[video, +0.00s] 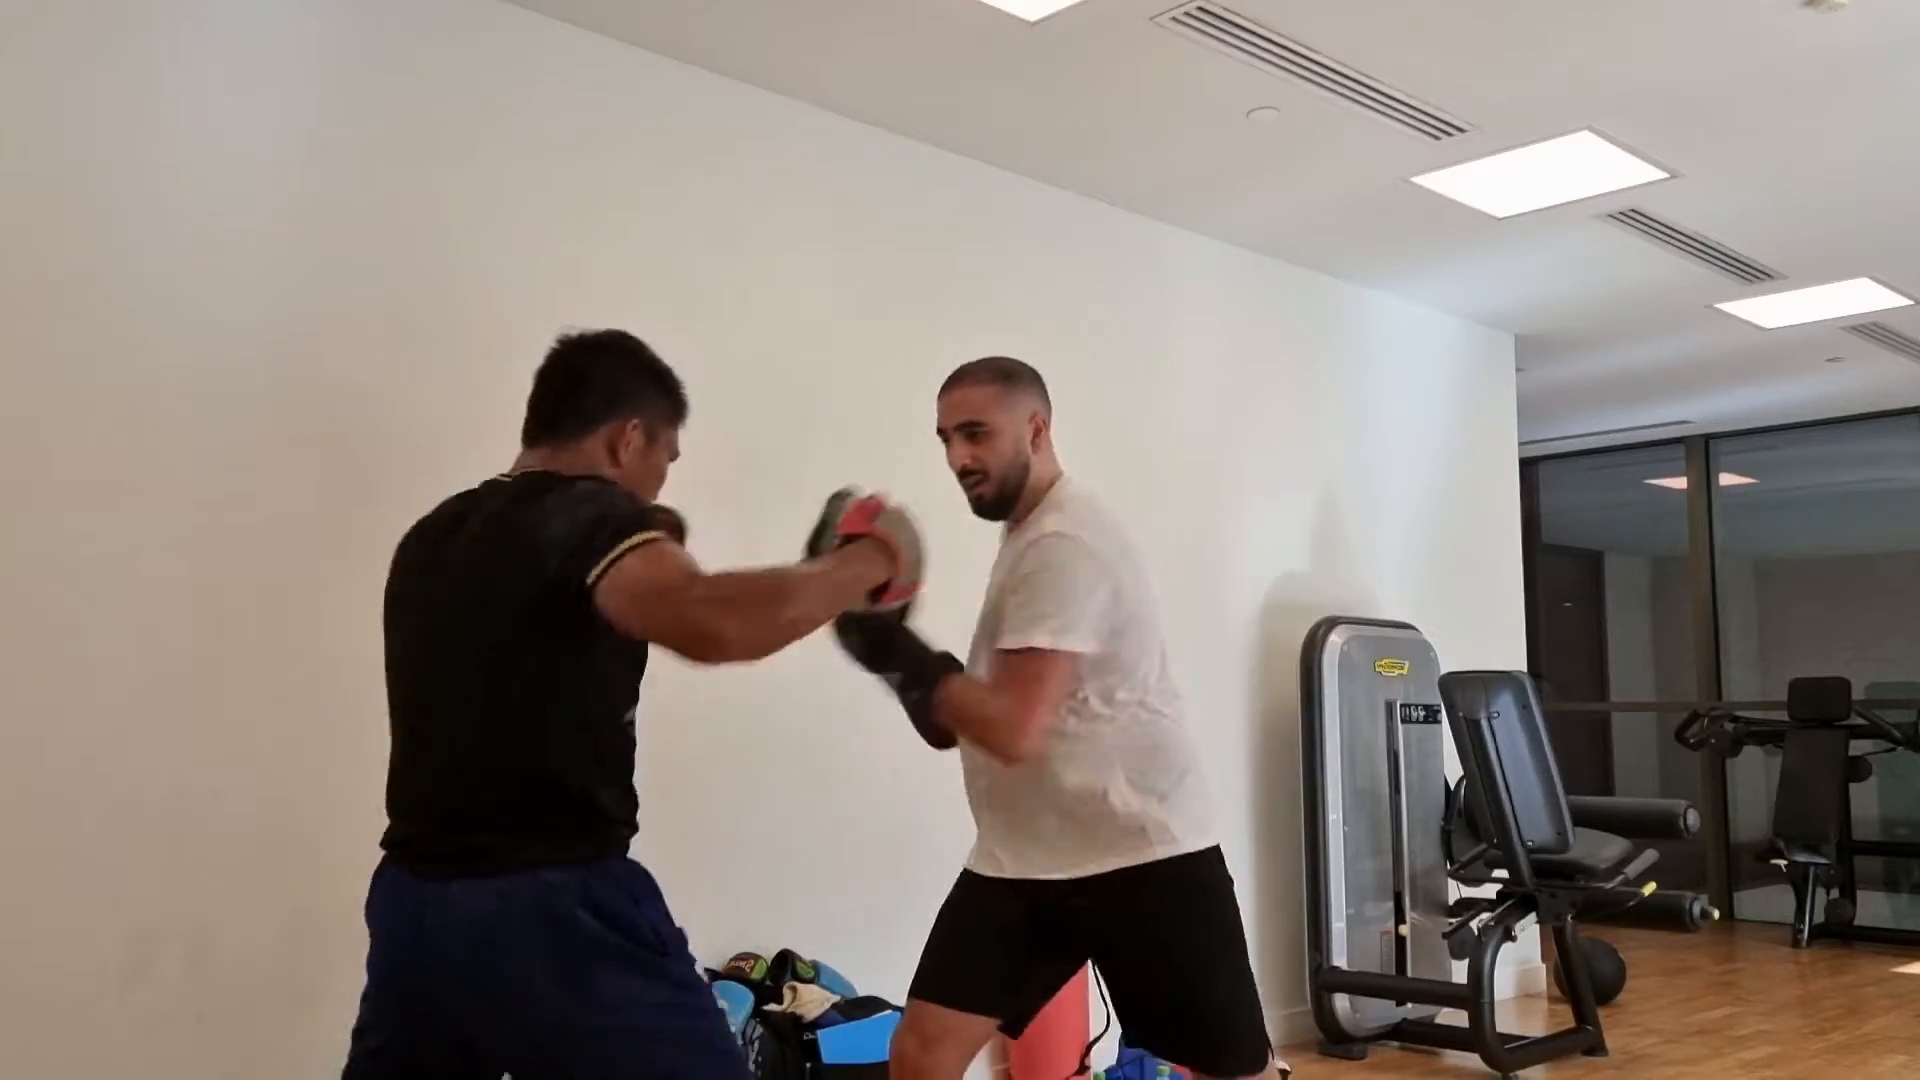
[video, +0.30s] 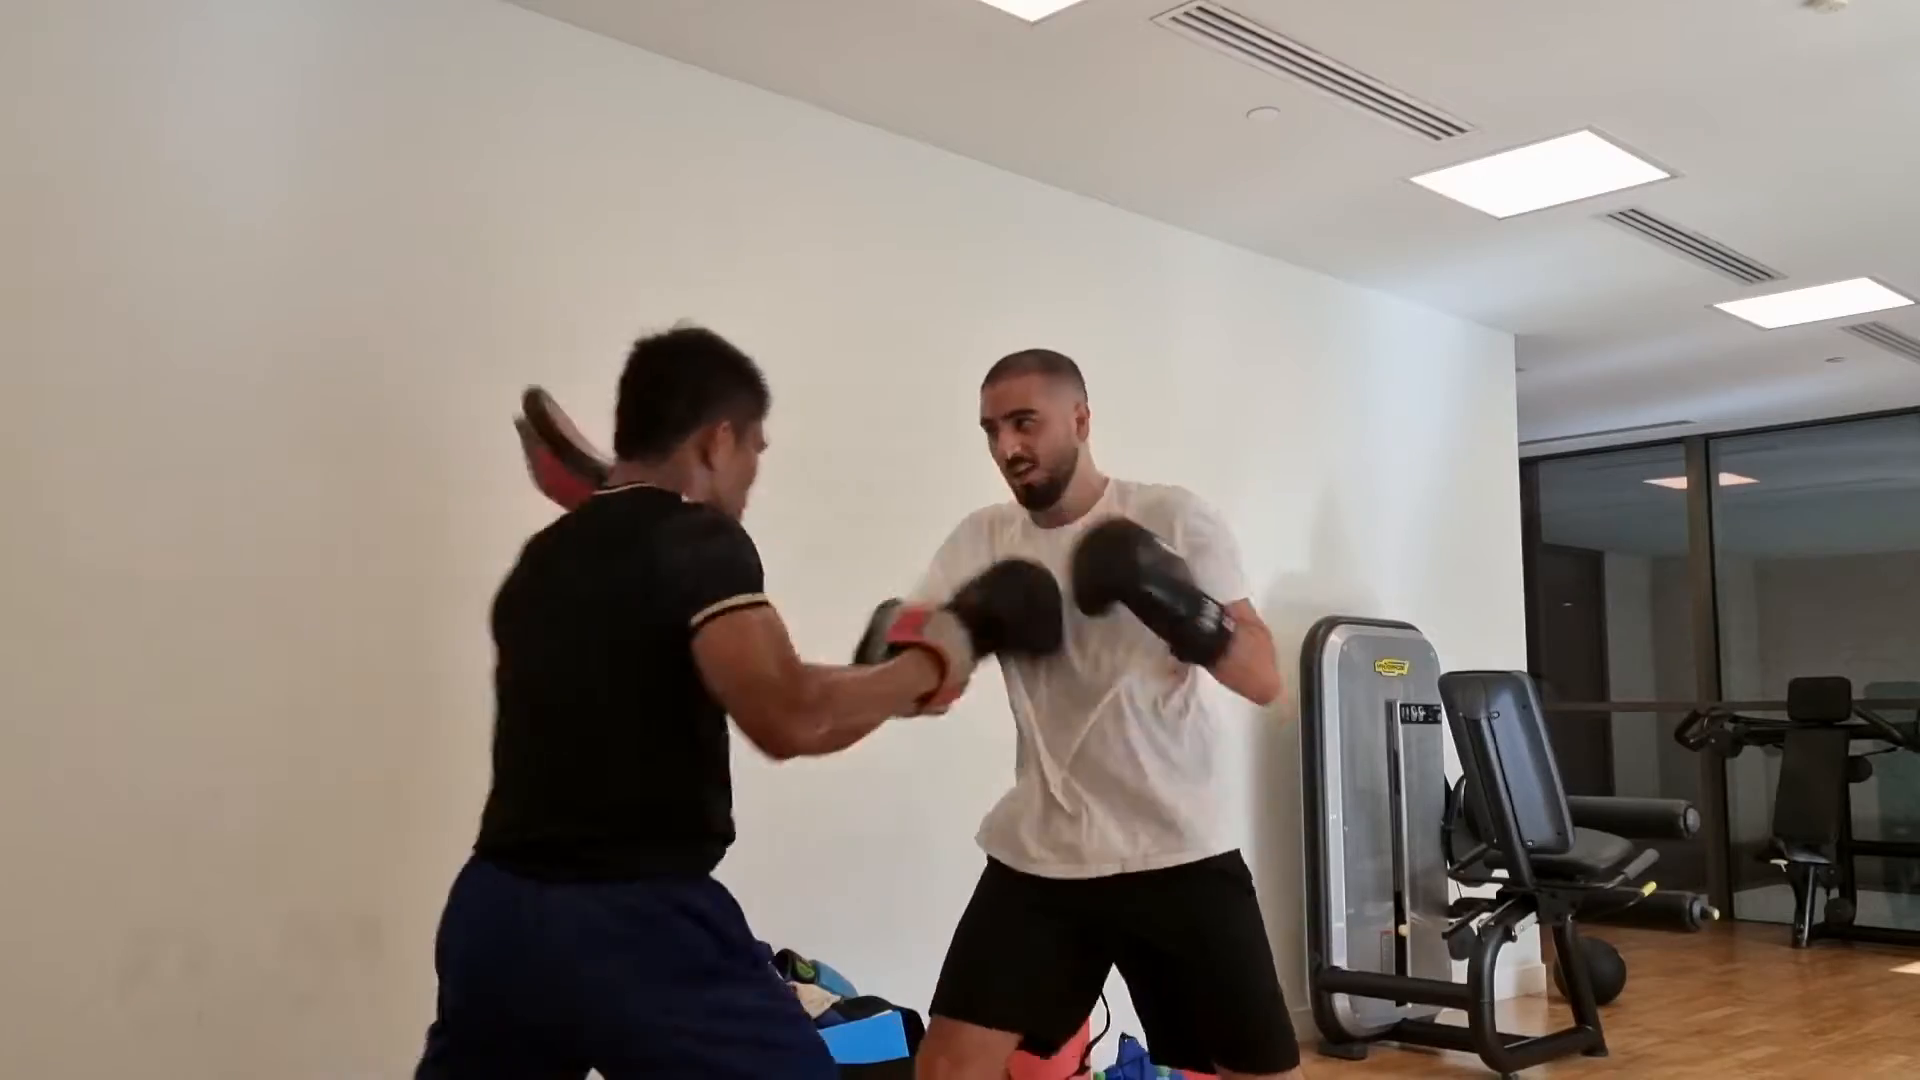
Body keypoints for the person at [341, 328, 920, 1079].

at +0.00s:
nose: (660, 489)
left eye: (666, 466)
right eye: (664, 461)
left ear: (538, 432)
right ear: (625, 440)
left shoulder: (427, 539)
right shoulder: (593, 515)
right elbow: (707, 620)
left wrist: (639, 542)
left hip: (416, 923)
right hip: (568, 922)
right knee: (701, 1064)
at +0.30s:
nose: (755, 474)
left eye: (758, 451)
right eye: (755, 448)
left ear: (627, 439)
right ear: (713, 442)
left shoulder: (539, 560)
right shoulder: (694, 538)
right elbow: (789, 717)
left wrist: (873, 682)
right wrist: (925, 667)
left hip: (495, 921)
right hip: (649, 932)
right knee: (797, 1059)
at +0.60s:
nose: (776, 465)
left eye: (781, 449)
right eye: (777, 447)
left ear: (651, 435)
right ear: (743, 439)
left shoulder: (538, 548)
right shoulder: (778, 518)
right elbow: (957, 527)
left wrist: (600, 718)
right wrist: (941, 568)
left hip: (536, 915)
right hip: (714, 921)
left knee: (472, 1068)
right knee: (822, 1063)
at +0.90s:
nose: (840, 470)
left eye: (846, 441)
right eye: (843, 438)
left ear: (779, 430)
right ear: (798, 429)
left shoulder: (745, 535)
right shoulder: (707, 525)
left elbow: (868, 576)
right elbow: (786, 689)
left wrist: (1016, 545)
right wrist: (862, 605)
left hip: (575, 893)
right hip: (664, 907)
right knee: (795, 1065)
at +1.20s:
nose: (722, 479)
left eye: (728, 462)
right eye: (720, 459)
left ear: (593, 434)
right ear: (676, 448)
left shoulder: (498, 550)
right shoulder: (680, 548)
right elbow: (882, 640)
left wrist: (699, 537)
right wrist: (941, 608)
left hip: (474, 935)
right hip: (626, 942)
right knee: (782, 1062)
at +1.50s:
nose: (643, 507)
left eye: (649, 486)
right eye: (642, 484)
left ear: (505, 477)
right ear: (588, 475)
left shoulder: (408, 593)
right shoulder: (626, 565)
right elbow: (841, 609)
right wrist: (972, 596)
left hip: (443, 984)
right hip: (616, 979)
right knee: (772, 1062)